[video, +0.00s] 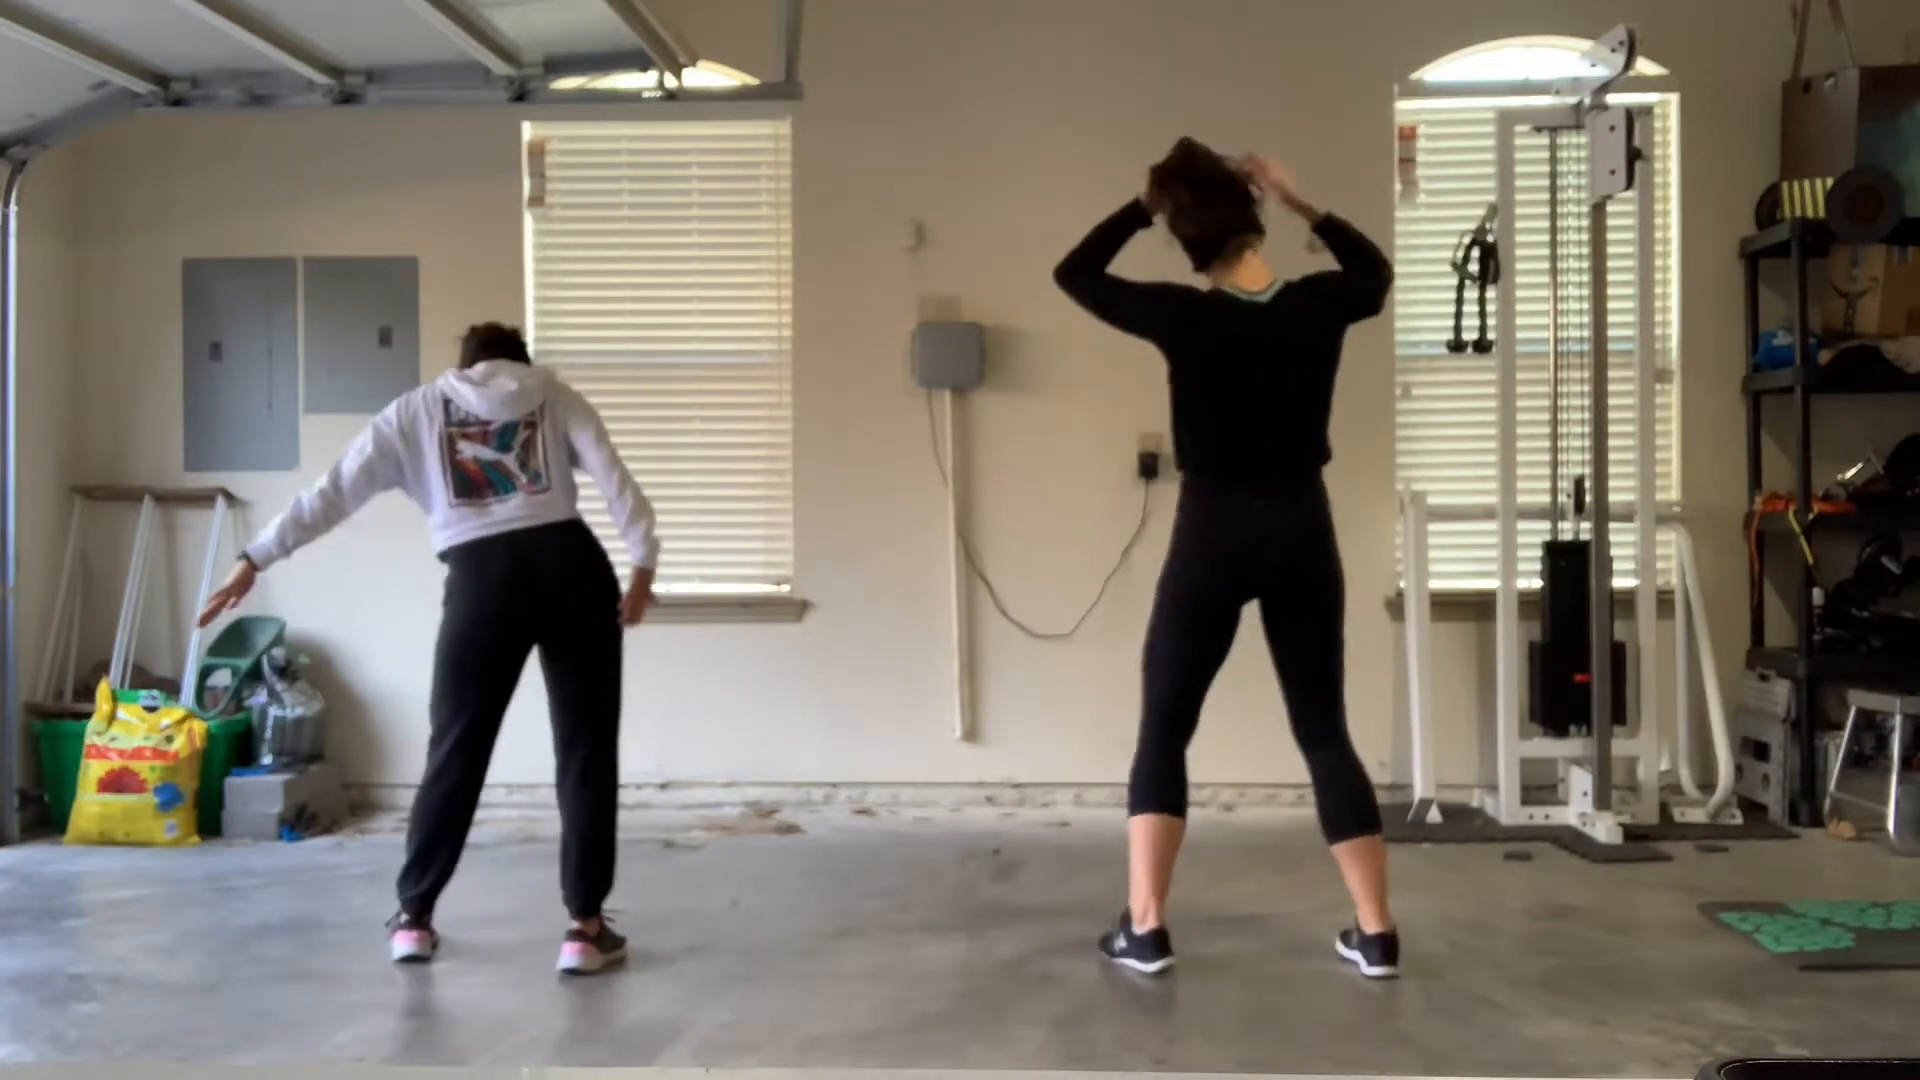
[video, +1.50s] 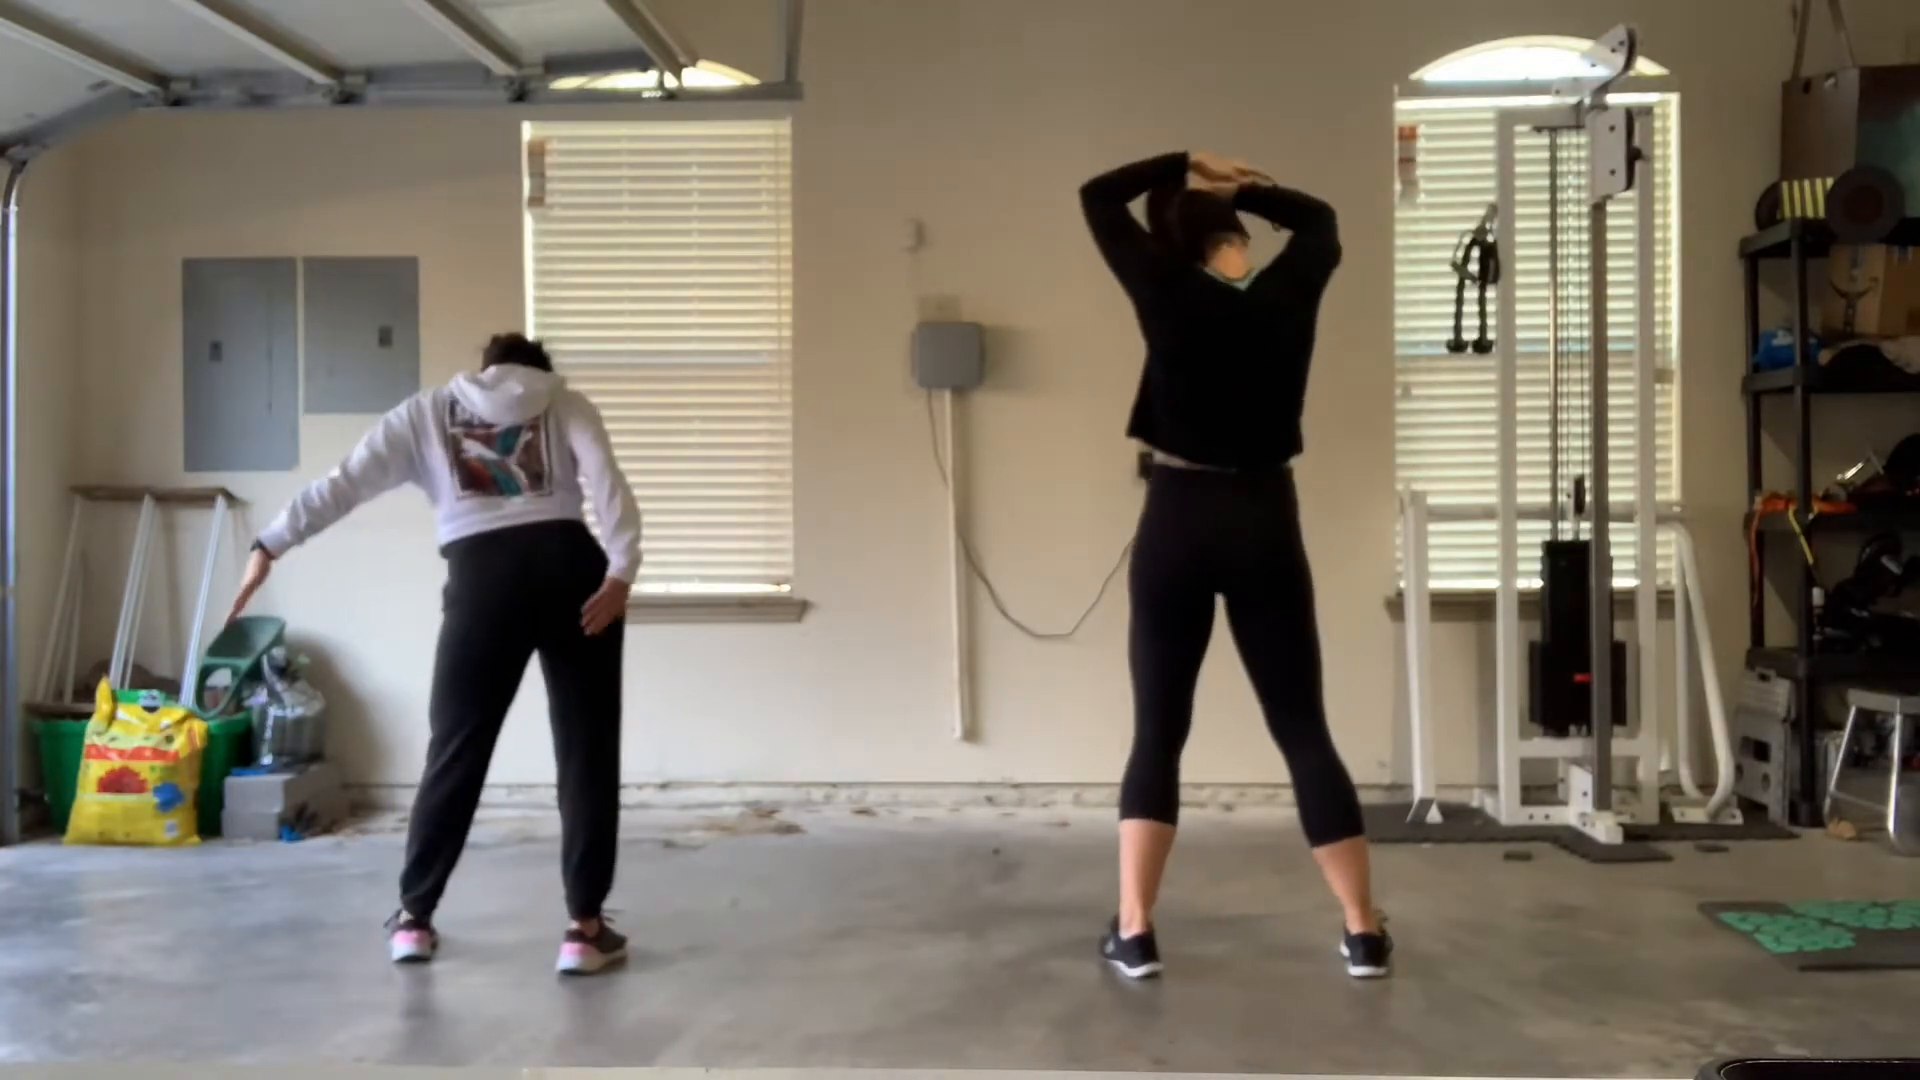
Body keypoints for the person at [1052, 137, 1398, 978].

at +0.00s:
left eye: (1178, 229)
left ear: (1181, 241)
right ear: (1257, 224)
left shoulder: (1184, 319)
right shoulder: (1318, 305)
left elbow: (1076, 273)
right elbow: (1374, 274)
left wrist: (1142, 207)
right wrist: (1305, 207)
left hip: (1210, 545)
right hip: (1303, 543)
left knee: (1165, 729)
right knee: (1325, 731)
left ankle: (1145, 928)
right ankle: (1377, 931)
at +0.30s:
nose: (1248, 258)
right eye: (1246, 245)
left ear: (1180, 255)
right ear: (1248, 247)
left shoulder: (1161, 313)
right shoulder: (1288, 311)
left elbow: (1070, 256)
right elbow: (1337, 245)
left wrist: (1136, 196)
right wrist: (1264, 198)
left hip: (1168, 543)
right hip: (1260, 545)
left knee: (1150, 737)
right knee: (1302, 736)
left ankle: (1135, 934)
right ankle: (1372, 930)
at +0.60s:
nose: (1253, 257)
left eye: (1238, 246)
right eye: (1253, 242)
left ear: (1186, 243)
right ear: (1254, 240)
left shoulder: (1167, 297)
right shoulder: (1295, 304)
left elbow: (1094, 198)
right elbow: (1334, 238)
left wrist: (1168, 148)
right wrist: (1264, 192)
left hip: (1177, 528)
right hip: (1268, 531)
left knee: (1160, 732)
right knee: (1302, 729)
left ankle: (1135, 933)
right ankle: (1363, 929)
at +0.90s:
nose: (1280, 253)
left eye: (1258, 243)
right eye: (1276, 242)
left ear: (1211, 253)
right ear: (1280, 245)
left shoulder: (1198, 304)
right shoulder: (1324, 306)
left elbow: (1119, 223)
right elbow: (1353, 252)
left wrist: (1161, 140)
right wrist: (1288, 207)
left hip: (1219, 534)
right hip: (1311, 532)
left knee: (1179, 734)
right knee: (1322, 729)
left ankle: (1140, 931)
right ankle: (1365, 931)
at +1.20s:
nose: (1269, 251)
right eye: (1265, 240)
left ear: (1193, 240)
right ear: (1266, 244)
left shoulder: (1174, 293)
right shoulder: (1302, 308)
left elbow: (1121, 192)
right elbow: (1336, 252)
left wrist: (1200, 158)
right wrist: (1278, 202)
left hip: (1208, 532)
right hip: (1299, 529)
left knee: (1167, 733)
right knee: (1320, 727)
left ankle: (1135, 929)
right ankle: (1366, 930)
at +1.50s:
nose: (1251, 241)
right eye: (1239, 231)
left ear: (1173, 243)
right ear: (1241, 238)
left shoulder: (1164, 296)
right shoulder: (1289, 297)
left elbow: (1098, 198)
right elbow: (1319, 221)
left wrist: (1177, 162)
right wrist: (1249, 187)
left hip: (1176, 518)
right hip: (1266, 521)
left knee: (1158, 730)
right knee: (1303, 727)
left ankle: (1134, 930)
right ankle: (1363, 928)